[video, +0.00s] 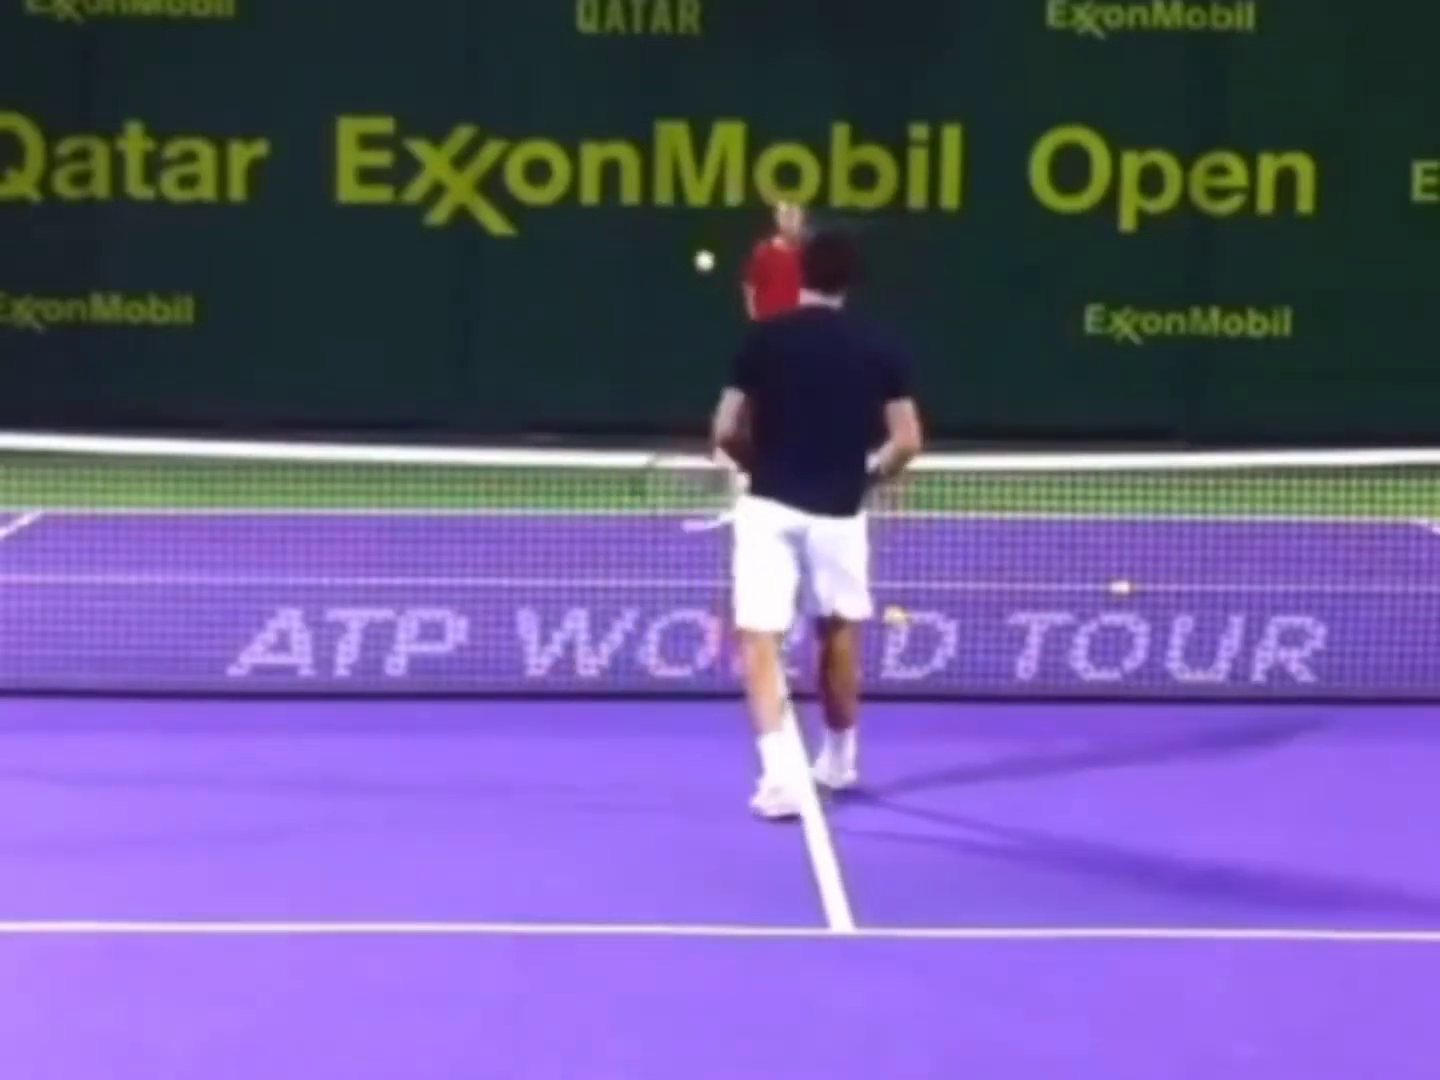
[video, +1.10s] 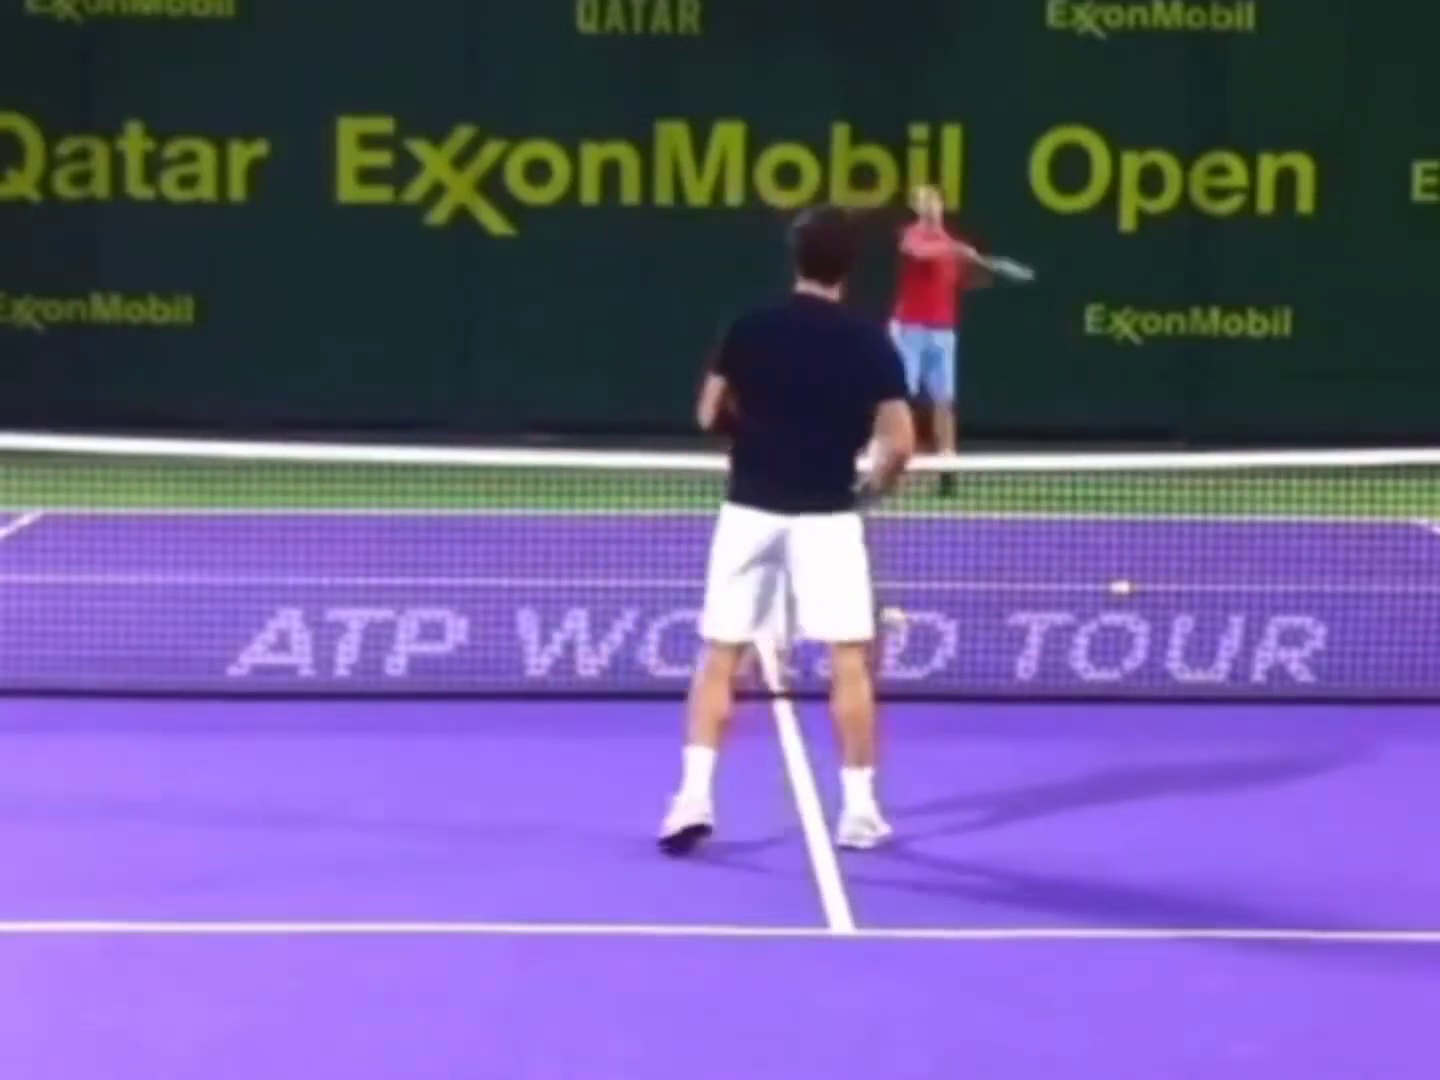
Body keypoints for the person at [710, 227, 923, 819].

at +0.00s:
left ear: (800, 278)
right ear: (852, 282)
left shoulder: (765, 337)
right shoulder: (874, 345)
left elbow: (726, 429)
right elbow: (906, 439)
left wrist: (764, 462)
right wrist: (867, 472)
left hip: (768, 505)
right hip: (840, 514)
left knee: (760, 642)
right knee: (841, 634)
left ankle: (783, 774)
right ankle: (840, 760)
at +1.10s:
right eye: (844, 265)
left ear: (794, 264)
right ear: (849, 271)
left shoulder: (751, 327)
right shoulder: (867, 340)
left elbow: (710, 413)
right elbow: (899, 442)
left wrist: (757, 426)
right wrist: (870, 477)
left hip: (749, 511)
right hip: (826, 516)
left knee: (720, 655)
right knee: (848, 659)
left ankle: (694, 794)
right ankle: (859, 806)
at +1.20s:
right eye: (816, 270)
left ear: (770, 270)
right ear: (823, 275)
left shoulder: (728, 332)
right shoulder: (841, 343)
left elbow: (688, 419)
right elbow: (873, 447)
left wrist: (730, 428)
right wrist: (853, 494)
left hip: (731, 516)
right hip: (808, 523)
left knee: (706, 664)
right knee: (841, 658)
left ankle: (685, 808)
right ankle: (859, 805)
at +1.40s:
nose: (784, 274)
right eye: (786, 265)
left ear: (731, 264)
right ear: (786, 271)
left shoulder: (688, 324)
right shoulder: (787, 339)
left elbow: (623, 408)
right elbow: (816, 446)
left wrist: (669, 445)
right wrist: (873, 480)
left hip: (683, 518)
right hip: (758, 523)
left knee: (684, 664)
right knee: (794, 657)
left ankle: (680, 815)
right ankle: (826, 800)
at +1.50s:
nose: (779, 272)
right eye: (781, 263)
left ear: (725, 260)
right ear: (780, 270)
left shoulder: (675, 319)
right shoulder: (777, 338)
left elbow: (599, 392)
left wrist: (633, 452)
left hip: (666, 516)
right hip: (741, 522)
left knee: (672, 667)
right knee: (783, 660)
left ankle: (678, 818)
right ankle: (797, 813)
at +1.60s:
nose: (777, 279)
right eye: (779, 270)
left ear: (722, 260)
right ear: (774, 274)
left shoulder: (666, 316)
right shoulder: (767, 341)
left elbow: (591, 389)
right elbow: (803, 441)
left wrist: (625, 446)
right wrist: (862, 487)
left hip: (657, 517)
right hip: (733, 523)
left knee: (664, 666)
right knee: (764, 662)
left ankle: (675, 815)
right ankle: (758, 810)